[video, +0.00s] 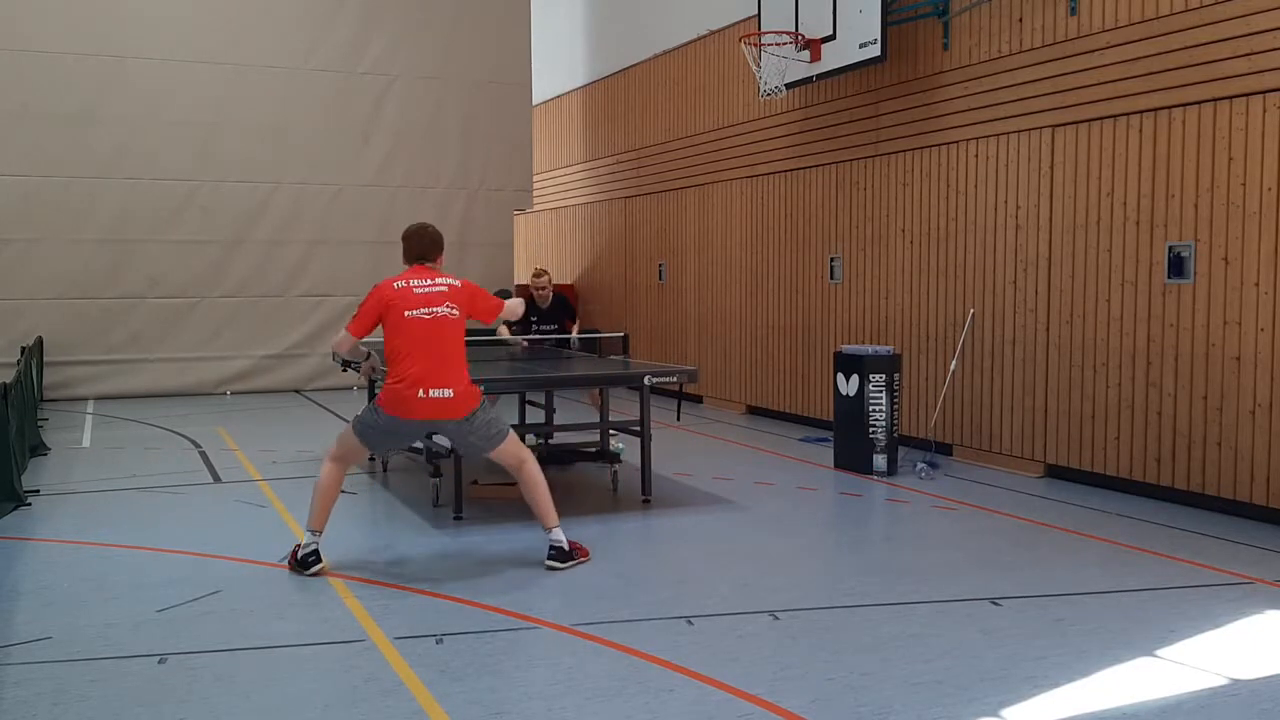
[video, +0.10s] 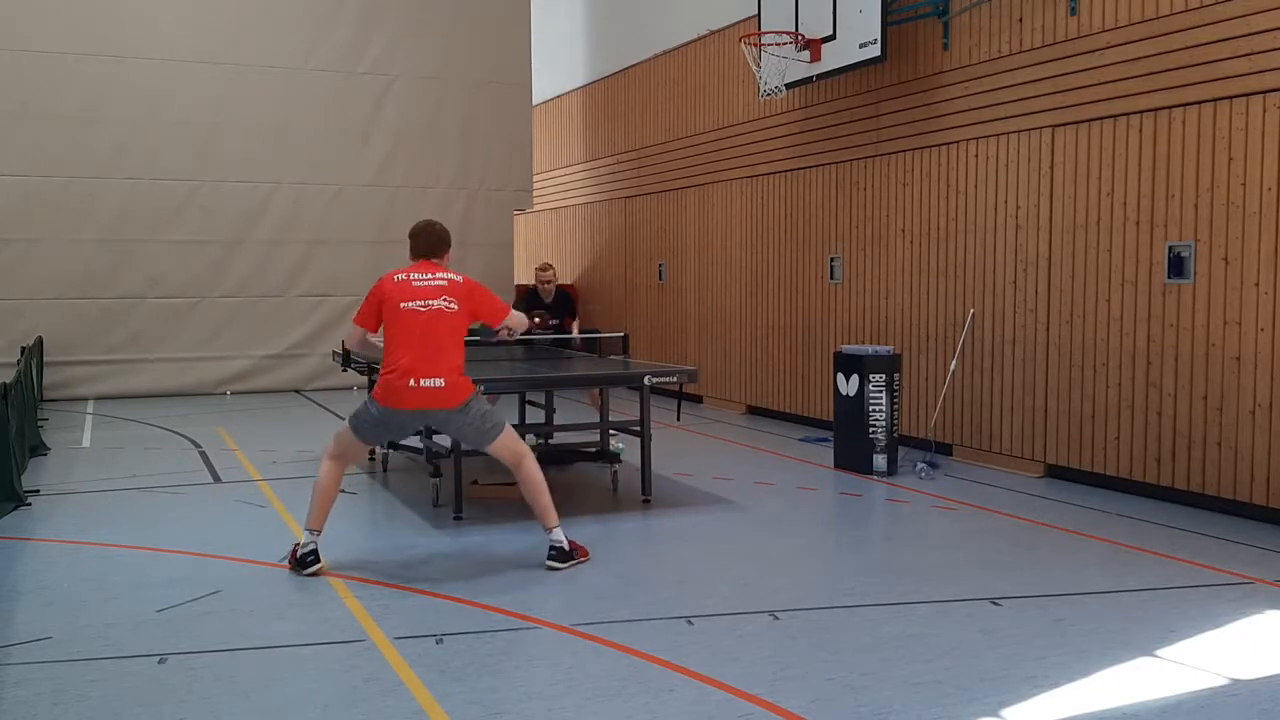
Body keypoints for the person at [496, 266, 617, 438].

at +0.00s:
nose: (540, 293)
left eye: (543, 289)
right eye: (536, 289)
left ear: (551, 287)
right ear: (530, 288)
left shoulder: (560, 300)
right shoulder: (524, 305)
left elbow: (575, 320)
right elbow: (501, 328)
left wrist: (574, 334)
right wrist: (512, 340)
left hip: (561, 355)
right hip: (531, 355)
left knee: (591, 382)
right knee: (496, 379)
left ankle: (607, 427)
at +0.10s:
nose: (545, 287)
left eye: (549, 282)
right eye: (541, 283)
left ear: (556, 281)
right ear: (535, 282)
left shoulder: (565, 296)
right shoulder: (527, 298)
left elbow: (573, 319)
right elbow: (514, 318)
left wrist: (575, 334)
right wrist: (527, 325)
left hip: (562, 349)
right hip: (532, 349)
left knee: (590, 377)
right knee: (502, 373)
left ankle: (606, 424)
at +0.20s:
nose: (547, 274)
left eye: (551, 270)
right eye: (543, 271)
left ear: (557, 271)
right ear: (537, 271)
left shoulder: (566, 291)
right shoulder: (527, 290)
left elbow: (571, 315)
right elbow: (512, 307)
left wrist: (574, 326)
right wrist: (513, 310)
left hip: (561, 349)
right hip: (532, 349)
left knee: (589, 380)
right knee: (501, 369)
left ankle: (606, 428)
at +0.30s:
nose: (546, 269)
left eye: (550, 265)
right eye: (543, 266)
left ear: (557, 266)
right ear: (536, 267)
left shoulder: (566, 290)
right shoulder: (527, 287)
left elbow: (570, 315)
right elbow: (507, 303)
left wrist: (572, 325)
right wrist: (511, 309)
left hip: (560, 350)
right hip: (531, 350)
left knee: (588, 378)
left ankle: (607, 427)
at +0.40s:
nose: (543, 270)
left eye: (547, 267)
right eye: (539, 267)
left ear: (553, 268)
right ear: (533, 269)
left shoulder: (564, 291)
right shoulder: (524, 289)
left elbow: (569, 315)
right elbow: (503, 306)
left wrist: (570, 326)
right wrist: (508, 313)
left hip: (558, 350)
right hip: (529, 350)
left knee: (588, 380)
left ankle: (607, 427)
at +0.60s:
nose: (536, 278)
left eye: (540, 274)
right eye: (532, 275)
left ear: (547, 274)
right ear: (527, 276)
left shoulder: (558, 293)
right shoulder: (519, 293)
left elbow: (571, 315)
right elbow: (500, 316)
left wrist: (567, 327)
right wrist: (499, 331)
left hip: (555, 350)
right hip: (526, 349)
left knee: (584, 380)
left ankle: (607, 423)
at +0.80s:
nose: (537, 298)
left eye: (541, 294)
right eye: (533, 294)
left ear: (548, 291)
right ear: (527, 293)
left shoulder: (563, 306)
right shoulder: (522, 309)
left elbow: (578, 323)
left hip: (561, 355)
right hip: (532, 356)